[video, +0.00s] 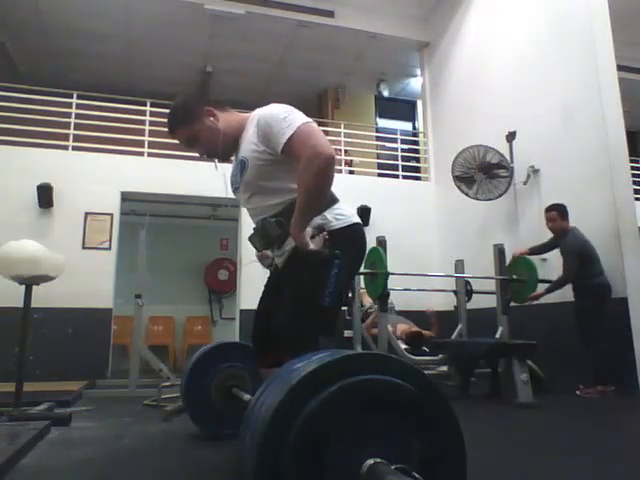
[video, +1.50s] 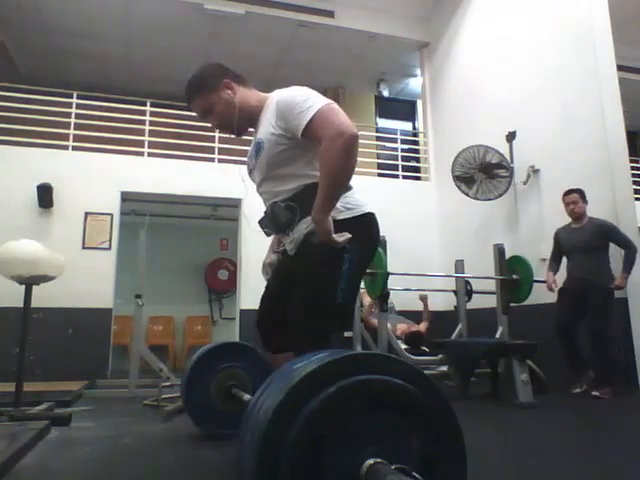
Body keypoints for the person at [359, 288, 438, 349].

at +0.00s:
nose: (411, 327)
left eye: (410, 330)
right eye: (414, 329)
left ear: (404, 339)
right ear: (420, 332)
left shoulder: (389, 333)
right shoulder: (423, 335)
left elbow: (367, 329)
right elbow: (434, 334)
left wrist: (376, 313)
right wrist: (433, 317)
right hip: (392, 314)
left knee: (364, 293)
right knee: (384, 297)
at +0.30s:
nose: (411, 326)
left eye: (409, 329)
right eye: (414, 328)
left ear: (403, 338)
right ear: (420, 332)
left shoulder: (387, 333)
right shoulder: (423, 335)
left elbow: (366, 330)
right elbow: (434, 334)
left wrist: (373, 316)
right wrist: (432, 317)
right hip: (393, 315)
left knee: (364, 294)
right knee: (384, 298)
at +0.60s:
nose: (412, 327)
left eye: (409, 331)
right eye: (415, 330)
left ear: (402, 337)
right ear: (419, 331)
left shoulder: (388, 332)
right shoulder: (422, 334)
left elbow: (365, 326)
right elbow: (433, 332)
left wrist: (374, 308)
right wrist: (432, 313)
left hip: (377, 316)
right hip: (392, 315)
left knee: (363, 293)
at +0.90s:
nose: (413, 327)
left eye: (410, 331)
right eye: (416, 331)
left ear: (402, 337)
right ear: (419, 332)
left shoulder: (388, 333)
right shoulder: (421, 334)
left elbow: (365, 328)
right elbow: (433, 333)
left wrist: (372, 310)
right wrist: (429, 314)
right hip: (393, 316)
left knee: (363, 293)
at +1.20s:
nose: (407, 327)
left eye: (406, 330)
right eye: (411, 328)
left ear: (401, 337)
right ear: (416, 328)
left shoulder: (387, 331)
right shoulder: (419, 333)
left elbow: (366, 323)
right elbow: (429, 327)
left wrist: (371, 306)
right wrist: (428, 309)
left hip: (378, 316)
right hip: (392, 314)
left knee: (365, 294)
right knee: (384, 297)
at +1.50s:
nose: (413, 326)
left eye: (412, 329)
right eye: (415, 329)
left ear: (403, 336)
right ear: (418, 331)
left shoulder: (389, 331)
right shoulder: (421, 332)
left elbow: (366, 318)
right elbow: (426, 320)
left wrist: (370, 303)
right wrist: (425, 303)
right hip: (392, 316)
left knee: (365, 294)